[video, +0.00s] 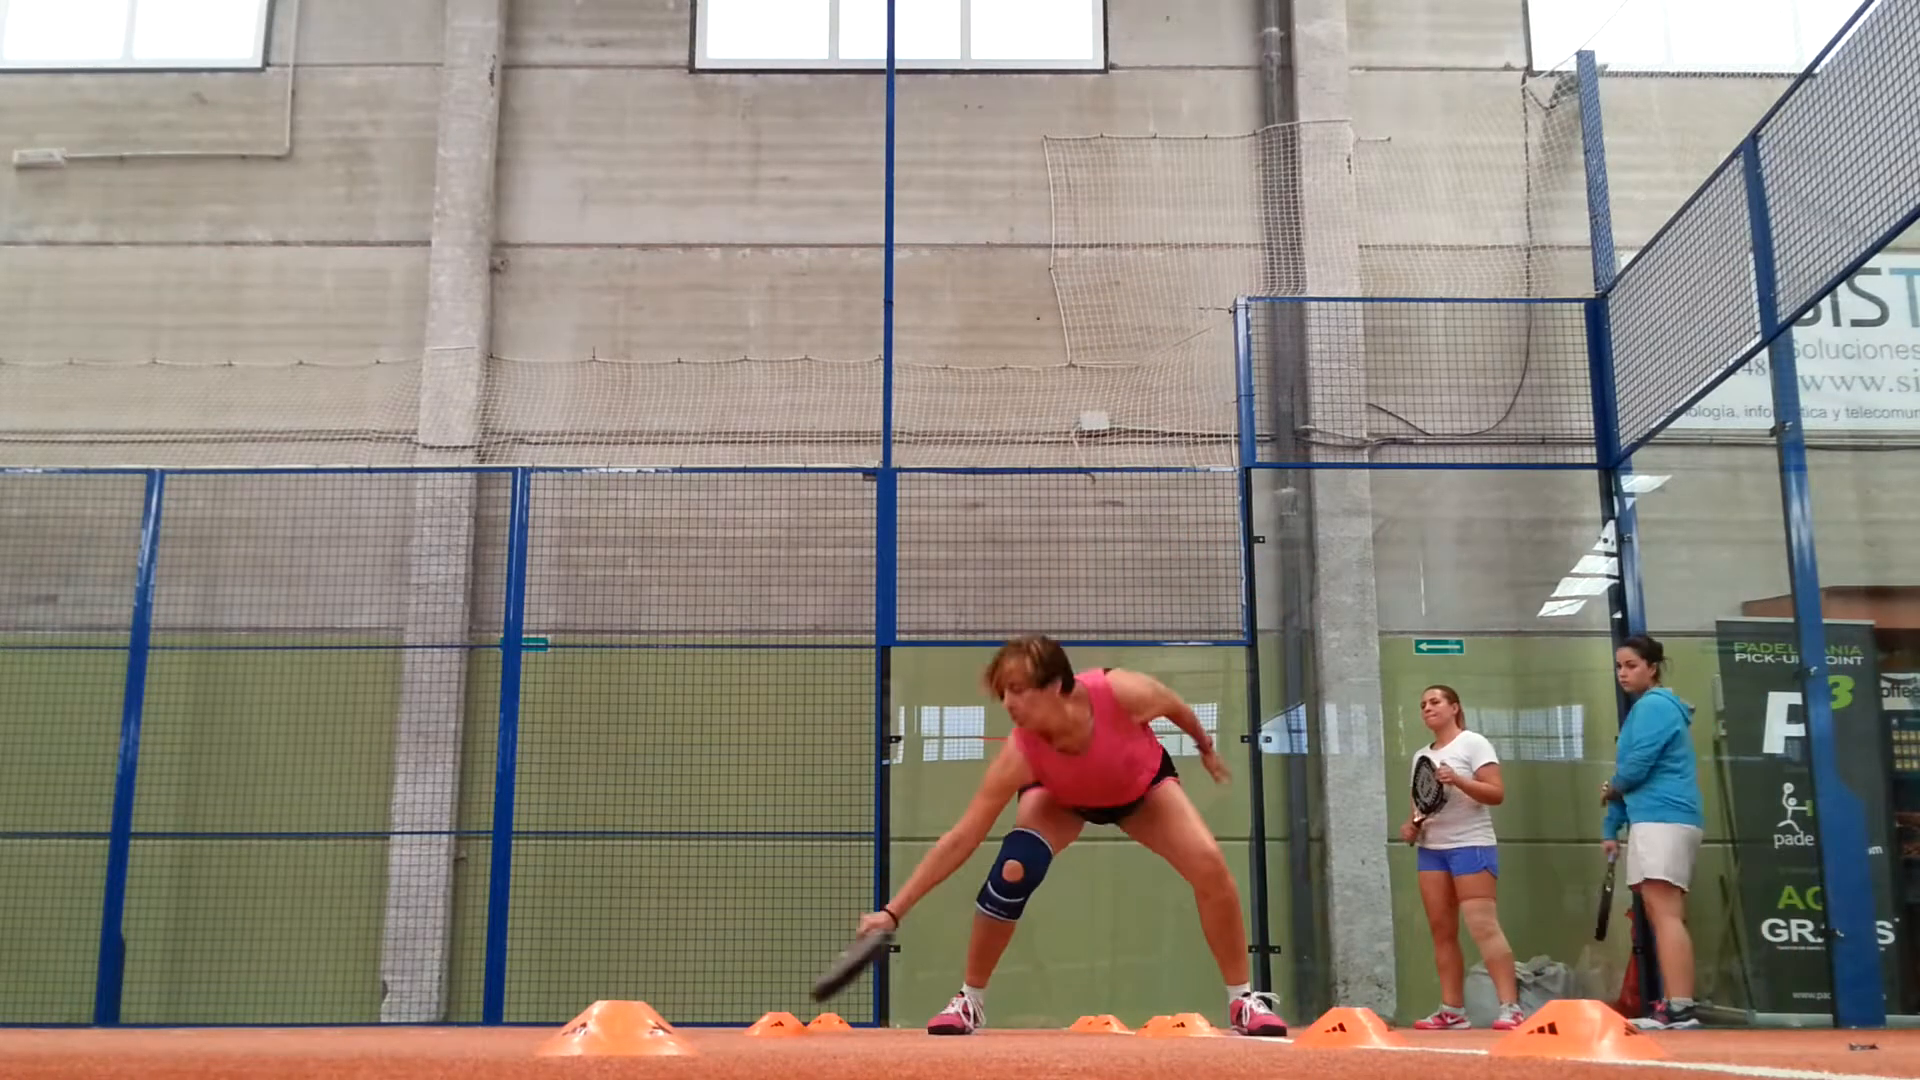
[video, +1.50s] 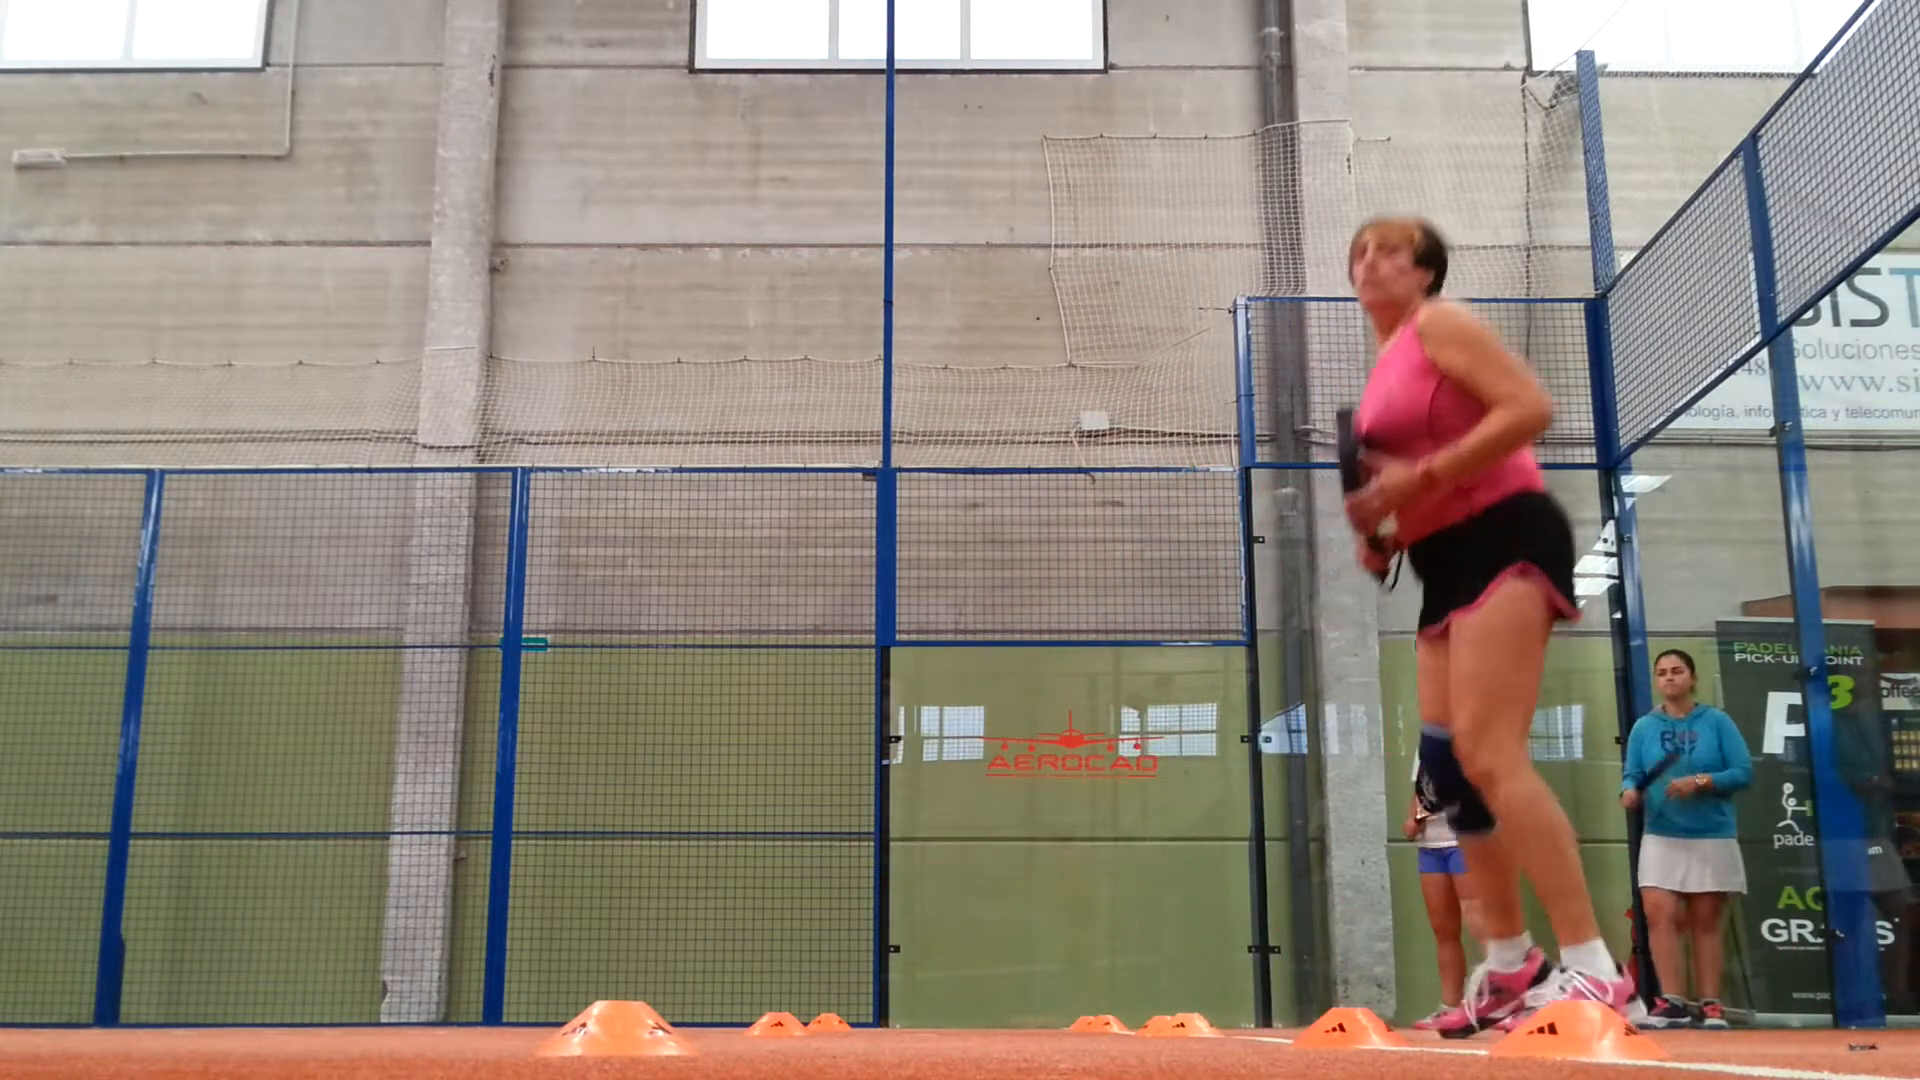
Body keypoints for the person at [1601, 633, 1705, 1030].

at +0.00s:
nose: (1622, 673)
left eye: (1630, 665)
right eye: (1620, 667)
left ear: (1652, 668)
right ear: (1622, 671)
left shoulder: (1656, 705)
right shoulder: (1645, 708)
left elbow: (1636, 766)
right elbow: (1623, 776)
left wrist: (1612, 787)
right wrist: (1611, 830)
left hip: (1663, 819)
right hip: (1660, 819)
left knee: (1665, 914)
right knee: (1666, 915)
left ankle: (1678, 1008)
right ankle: (1674, 1006)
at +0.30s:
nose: (1618, 674)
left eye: (1626, 667)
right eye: (1613, 668)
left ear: (1644, 672)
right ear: (1609, 675)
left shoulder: (1657, 707)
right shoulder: (1610, 724)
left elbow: (1659, 764)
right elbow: (1600, 784)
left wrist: (1615, 786)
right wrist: (1595, 834)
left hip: (1675, 819)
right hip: (1642, 826)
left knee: (1674, 907)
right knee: (1658, 915)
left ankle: (1704, 1001)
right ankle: (1676, 1005)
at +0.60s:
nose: (1628, 674)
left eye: (1636, 668)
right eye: (1622, 669)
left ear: (1651, 674)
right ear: (1615, 677)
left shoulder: (1671, 712)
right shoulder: (1608, 725)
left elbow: (1686, 764)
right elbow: (1605, 781)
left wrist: (1634, 783)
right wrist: (1607, 832)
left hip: (1686, 826)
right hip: (1642, 835)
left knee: (1698, 917)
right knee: (1663, 921)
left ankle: (1716, 997)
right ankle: (1674, 1008)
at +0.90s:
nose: (1649, 676)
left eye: (1656, 669)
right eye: (1642, 670)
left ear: (1670, 675)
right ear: (1633, 679)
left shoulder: (1691, 714)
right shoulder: (1626, 724)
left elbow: (1710, 765)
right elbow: (1628, 769)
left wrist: (1657, 771)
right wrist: (1629, 818)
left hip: (1699, 828)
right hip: (1654, 832)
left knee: (1704, 918)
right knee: (1665, 919)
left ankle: (1711, 1002)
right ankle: (1673, 1007)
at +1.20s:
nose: (1664, 678)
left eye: (1671, 671)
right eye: (1658, 673)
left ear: (1686, 677)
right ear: (1650, 682)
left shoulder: (1710, 719)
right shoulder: (1641, 726)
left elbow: (1728, 769)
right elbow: (1638, 775)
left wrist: (1674, 772)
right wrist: (1633, 802)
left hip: (1709, 831)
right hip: (1659, 834)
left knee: (1705, 921)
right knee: (1665, 916)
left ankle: (1710, 1003)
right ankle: (1674, 1005)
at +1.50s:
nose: (1669, 678)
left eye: (1676, 672)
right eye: (1663, 674)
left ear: (1692, 678)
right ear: (1655, 683)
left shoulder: (1716, 721)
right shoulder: (1644, 726)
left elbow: (1743, 772)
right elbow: (1632, 773)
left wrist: (1702, 782)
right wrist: (1630, 790)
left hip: (1710, 838)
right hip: (1660, 838)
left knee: (1706, 919)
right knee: (1659, 916)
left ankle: (1710, 1003)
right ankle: (1672, 1001)